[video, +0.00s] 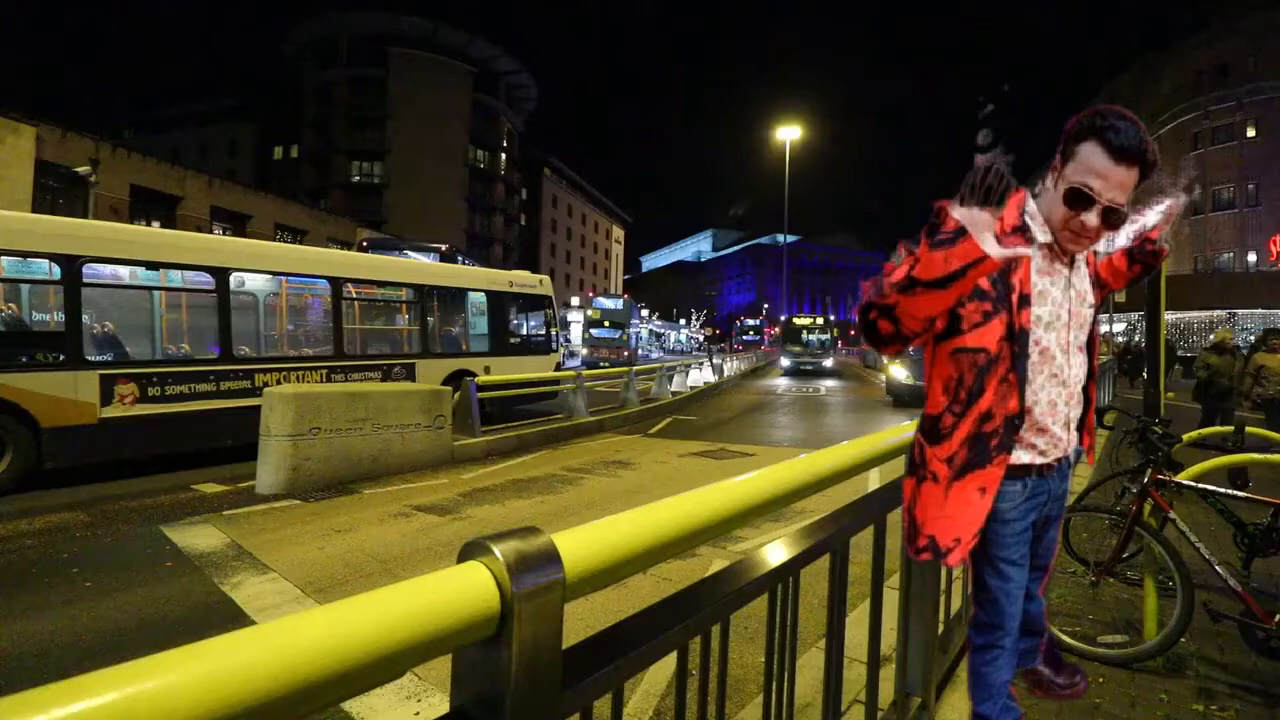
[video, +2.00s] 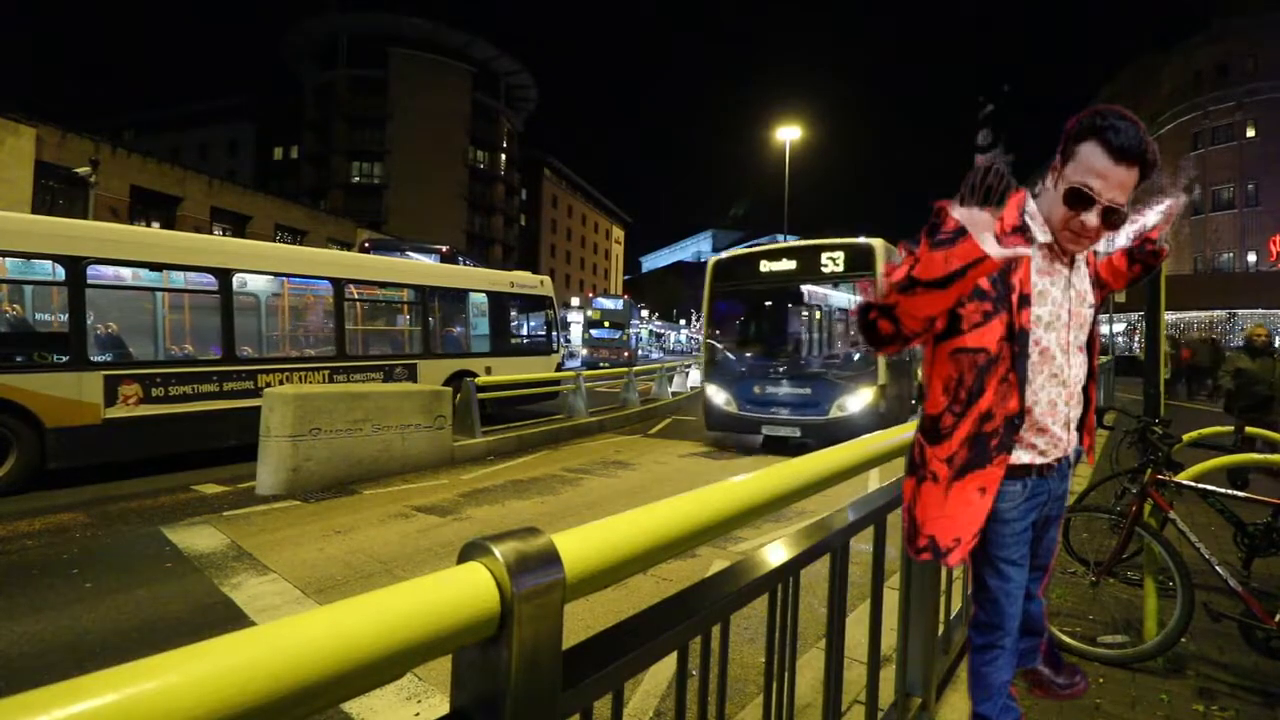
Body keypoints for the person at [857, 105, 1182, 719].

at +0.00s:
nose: (1089, 222)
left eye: (1110, 212)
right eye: (1080, 197)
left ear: (1123, 211)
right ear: (1052, 171)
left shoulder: (1084, 263)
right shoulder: (985, 241)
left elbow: (1115, 271)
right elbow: (882, 326)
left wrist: (1151, 240)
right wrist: (966, 244)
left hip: (1057, 466)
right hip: (999, 473)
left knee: (1035, 580)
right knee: (1000, 611)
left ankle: (1028, 658)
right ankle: (993, 709)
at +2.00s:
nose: (1089, 222)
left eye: (1109, 212)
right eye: (1080, 197)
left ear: (1123, 211)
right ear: (1052, 171)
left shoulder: (1083, 263)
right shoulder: (982, 241)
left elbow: (1111, 274)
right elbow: (882, 328)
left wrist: (1150, 241)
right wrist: (963, 246)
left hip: (1057, 468)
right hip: (1000, 474)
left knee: (1034, 581)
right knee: (1000, 612)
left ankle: (1028, 659)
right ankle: (994, 709)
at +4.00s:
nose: (1089, 222)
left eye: (1109, 212)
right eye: (1080, 198)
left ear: (1123, 211)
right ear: (1052, 171)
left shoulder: (1084, 264)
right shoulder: (985, 242)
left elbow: (1116, 271)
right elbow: (883, 327)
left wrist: (1151, 240)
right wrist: (962, 245)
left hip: (1057, 467)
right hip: (1000, 474)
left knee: (1035, 581)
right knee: (1000, 611)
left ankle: (1028, 659)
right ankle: (994, 709)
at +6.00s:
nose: (1089, 222)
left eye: (1110, 212)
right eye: (1079, 198)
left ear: (1123, 212)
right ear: (1052, 172)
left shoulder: (1083, 264)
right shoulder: (986, 243)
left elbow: (1107, 276)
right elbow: (882, 328)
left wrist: (1150, 241)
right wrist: (960, 245)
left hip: (1057, 467)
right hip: (1000, 476)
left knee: (1034, 582)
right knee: (1000, 614)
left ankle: (1027, 659)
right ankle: (993, 710)